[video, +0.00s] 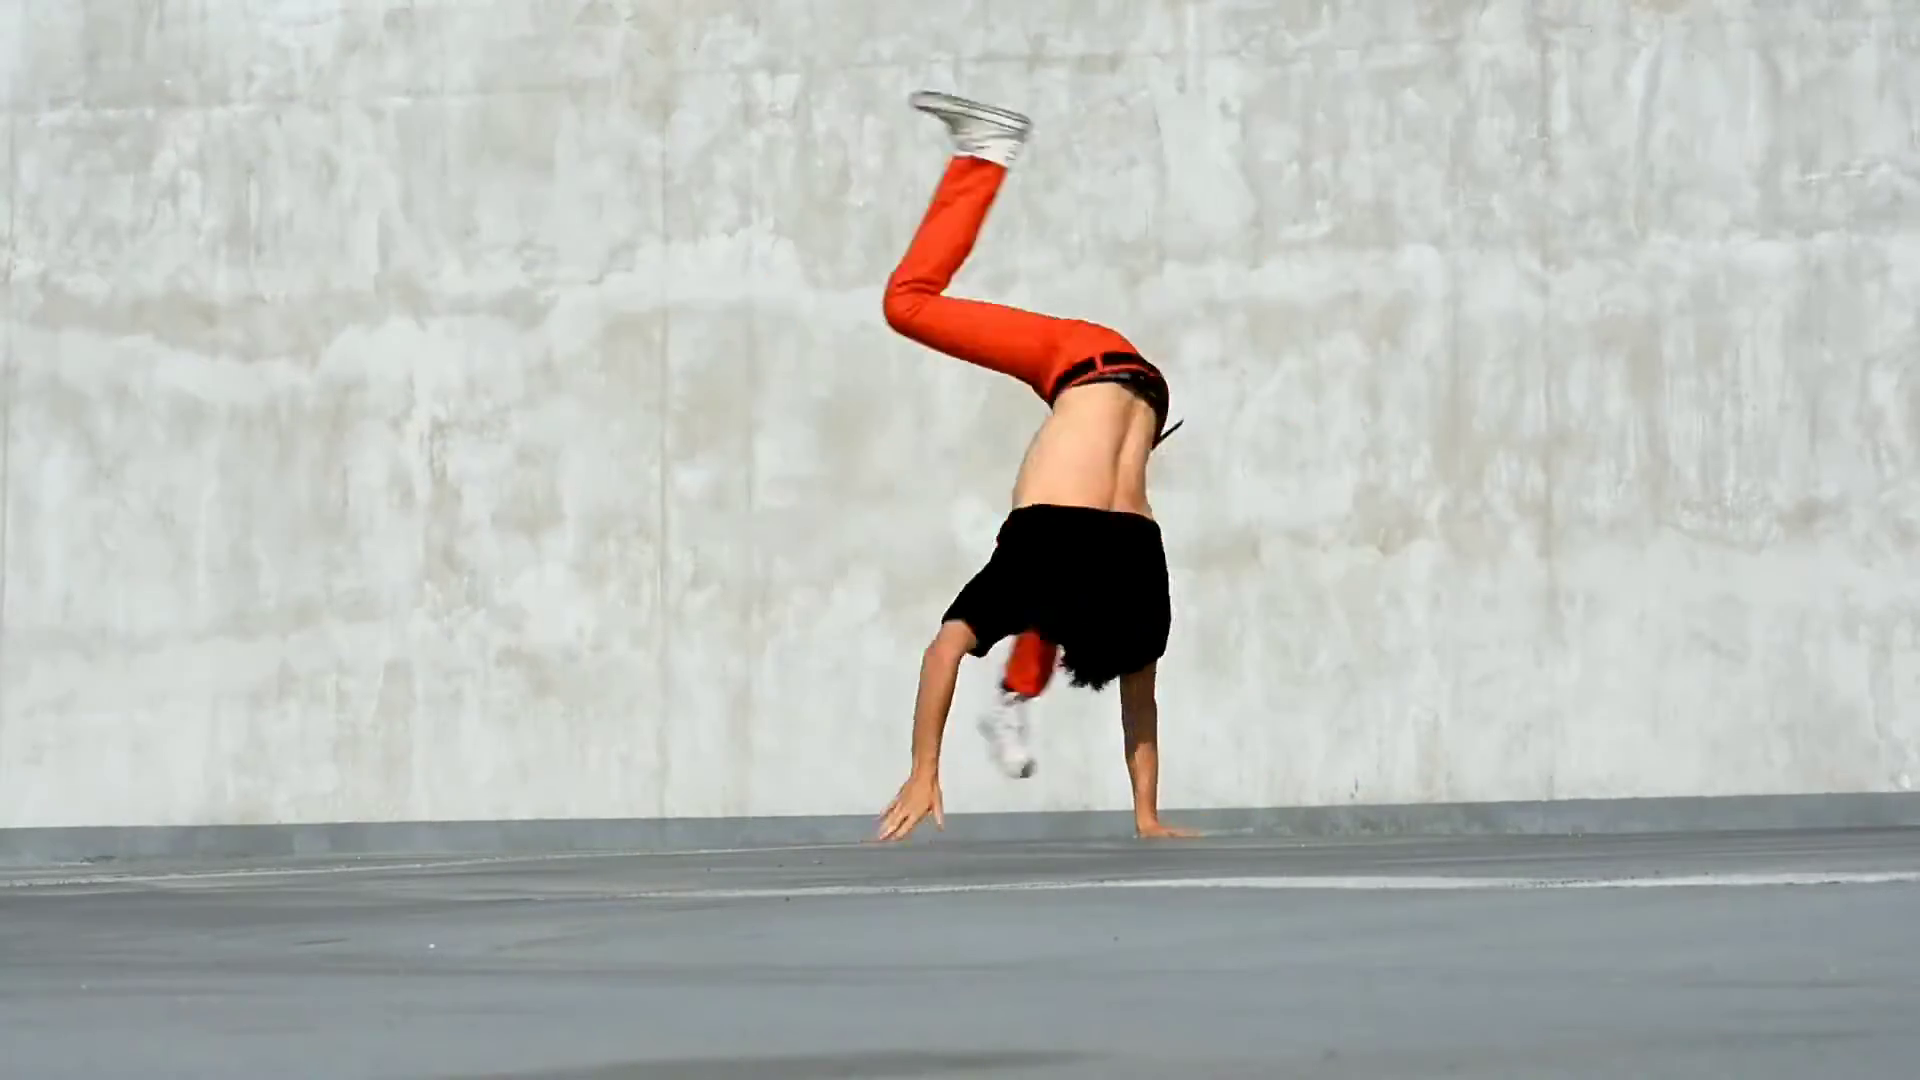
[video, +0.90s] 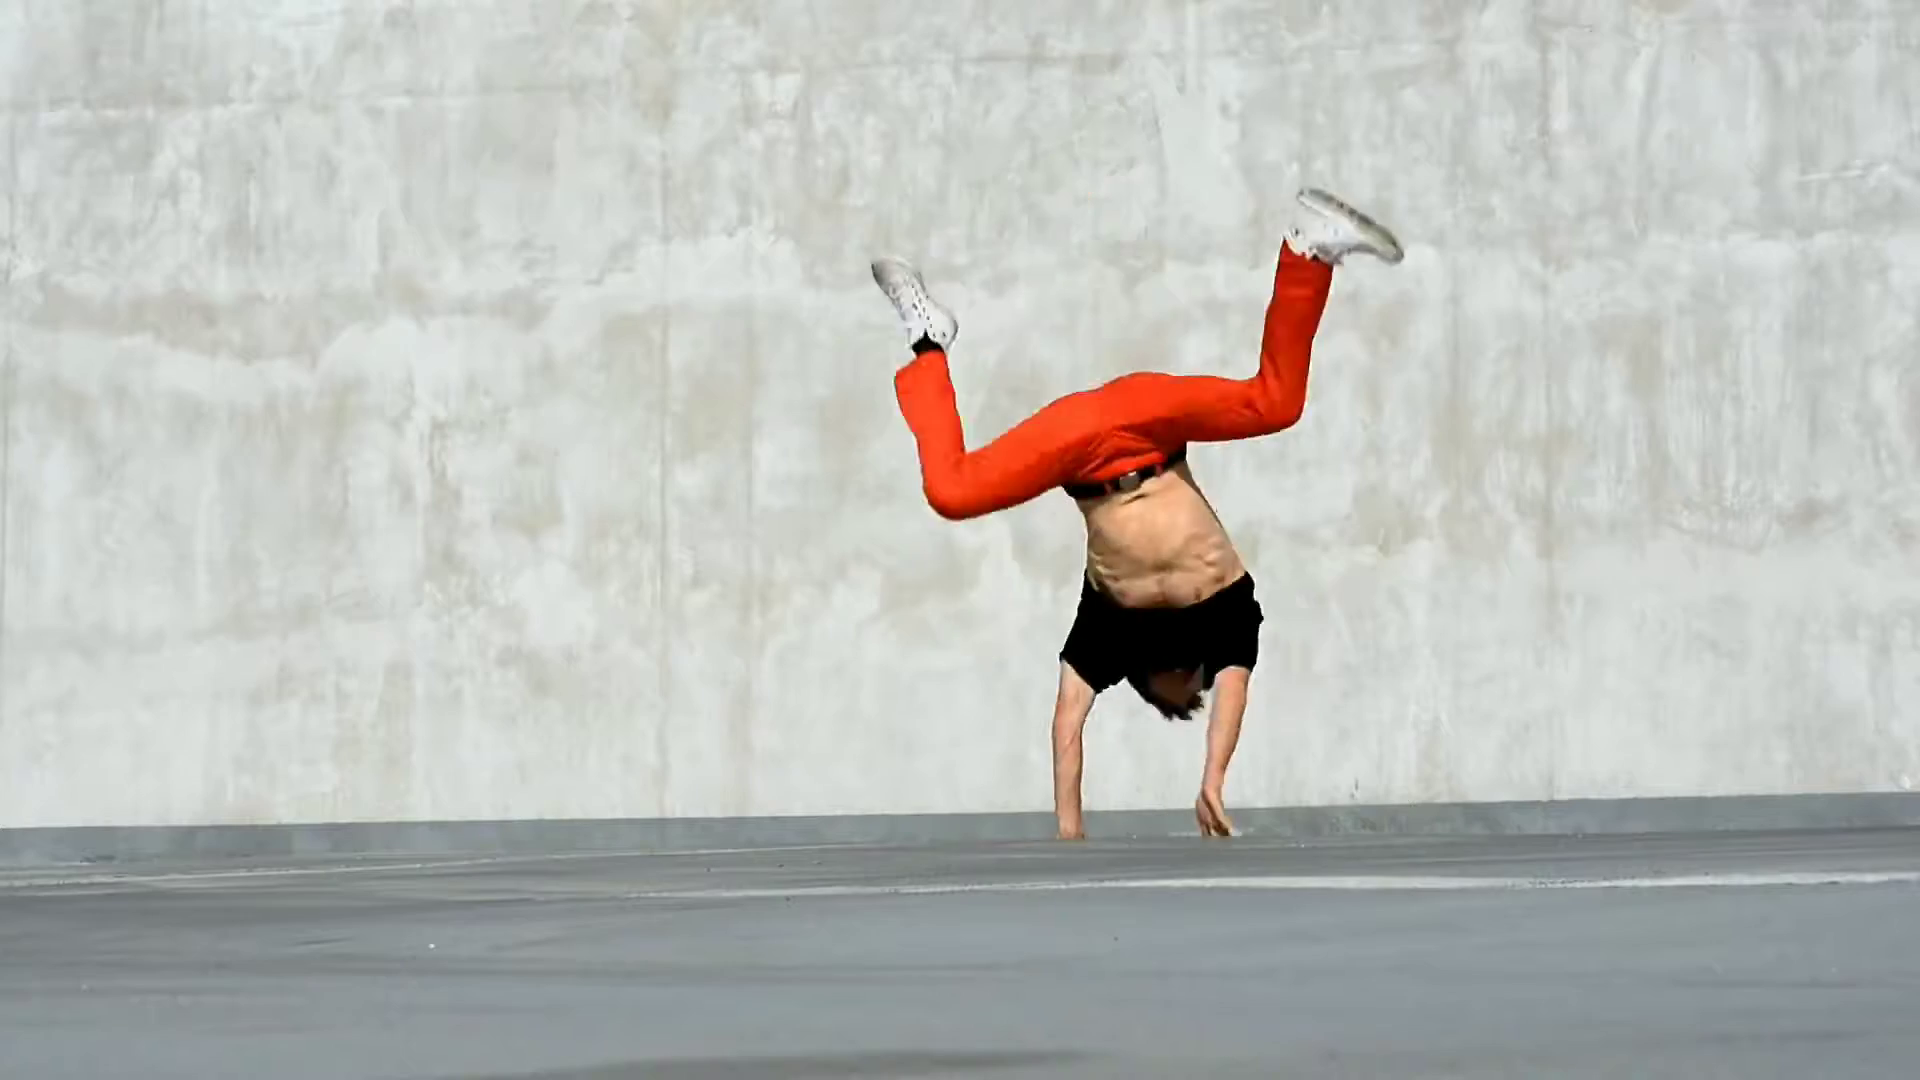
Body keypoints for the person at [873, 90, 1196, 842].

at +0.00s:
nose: (1078, 659)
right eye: (1073, 652)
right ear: (1064, 634)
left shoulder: (1142, 617)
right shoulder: (1021, 581)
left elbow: (1139, 704)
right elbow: (944, 653)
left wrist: (1148, 816)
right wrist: (923, 774)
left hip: (1148, 397)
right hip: (1086, 363)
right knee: (905, 303)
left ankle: (1011, 701)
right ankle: (987, 152)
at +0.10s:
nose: (1102, 631)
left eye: (1112, 638)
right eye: (1112, 625)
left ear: (1132, 600)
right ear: (1127, 594)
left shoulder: (1131, 604)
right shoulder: (1133, 527)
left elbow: (1131, 710)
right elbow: (1046, 518)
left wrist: (1145, 821)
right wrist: (1024, 637)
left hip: (1071, 437)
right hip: (1122, 376)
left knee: (942, 509)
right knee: (1048, 249)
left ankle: (769, 569)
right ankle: (1159, 256)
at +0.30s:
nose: (1290, 519)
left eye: (1285, 535)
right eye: (1298, 528)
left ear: (1263, 550)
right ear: (1292, 532)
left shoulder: (1185, 519)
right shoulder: (1252, 486)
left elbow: (1196, 619)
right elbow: (1308, 584)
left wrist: (1221, 719)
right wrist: (1342, 655)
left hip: (1037, 372)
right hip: (1093, 366)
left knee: (922, 220)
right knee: (1079, 266)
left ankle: (766, 189)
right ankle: (1083, 168)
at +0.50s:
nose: (1286, 655)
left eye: (1299, 646)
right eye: (1288, 648)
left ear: (1306, 578)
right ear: (1270, 625)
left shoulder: (1281, 523)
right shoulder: (1180, 616)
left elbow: (1365, 518)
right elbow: (1171, 714)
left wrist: (1451, 564)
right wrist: (1177, 823)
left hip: (1109, 363)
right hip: (1034, 401)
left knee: (1157, 198)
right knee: (968, 460)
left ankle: (1137, 229)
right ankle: (900, 505)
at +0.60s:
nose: (1260, 673)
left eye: (1270, 672)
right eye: (1269, 665)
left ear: (1270, 627)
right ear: (1262, 638)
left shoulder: (1244, 586)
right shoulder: (1197, 620)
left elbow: (1232, 652)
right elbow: (1177, 713)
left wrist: (1246, 720)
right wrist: (1176, 820)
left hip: (1131, 362)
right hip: (1085, 400)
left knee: (1110, 214)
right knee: (954, 516)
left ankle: (1204, 202)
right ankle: (806, 615)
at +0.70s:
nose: (1248, 694)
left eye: (1261, 691)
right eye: (1263, 685)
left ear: (1255, 642)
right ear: (1264, 649)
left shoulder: (1179, 624)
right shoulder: (1228, 615)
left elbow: (1125, 707)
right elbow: (1196, 712)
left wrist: (1088, 801)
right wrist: (1180, 822)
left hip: (1131, 360)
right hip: (1146, 398)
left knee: (1020, 276)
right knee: (1022, 509)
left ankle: (1121, 159)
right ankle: (891, 584)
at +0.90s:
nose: (1183, 713)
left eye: (1175, 713)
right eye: (1185, 711)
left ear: (1155, 678)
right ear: (1197, 678)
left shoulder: (1098, 638)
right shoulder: (1231, 627)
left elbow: (1067, 730)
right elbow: (1233, 696)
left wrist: (1069, 831)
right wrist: (1214, 780)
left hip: (1078, 439)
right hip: (1157, 410)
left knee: (953, 495)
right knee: (1277, 405)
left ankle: (928, 345)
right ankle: (1308, 251)